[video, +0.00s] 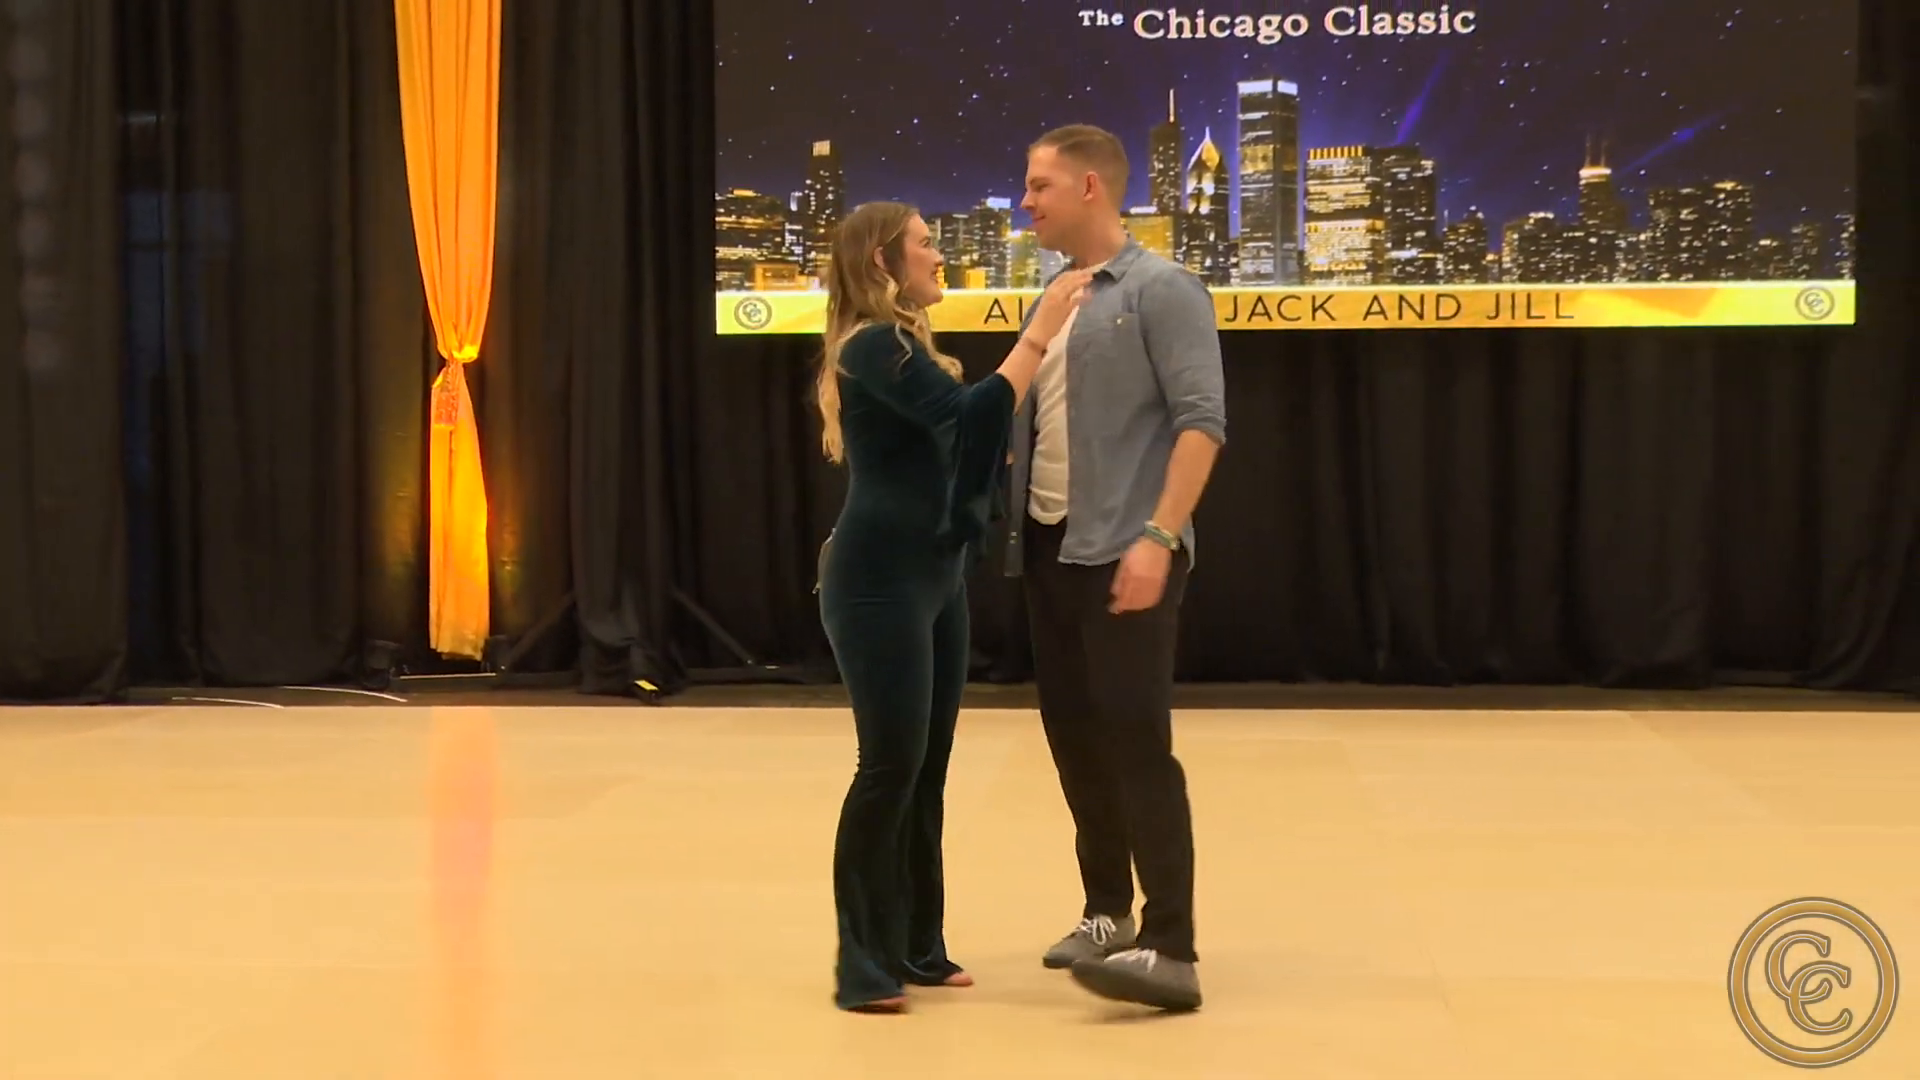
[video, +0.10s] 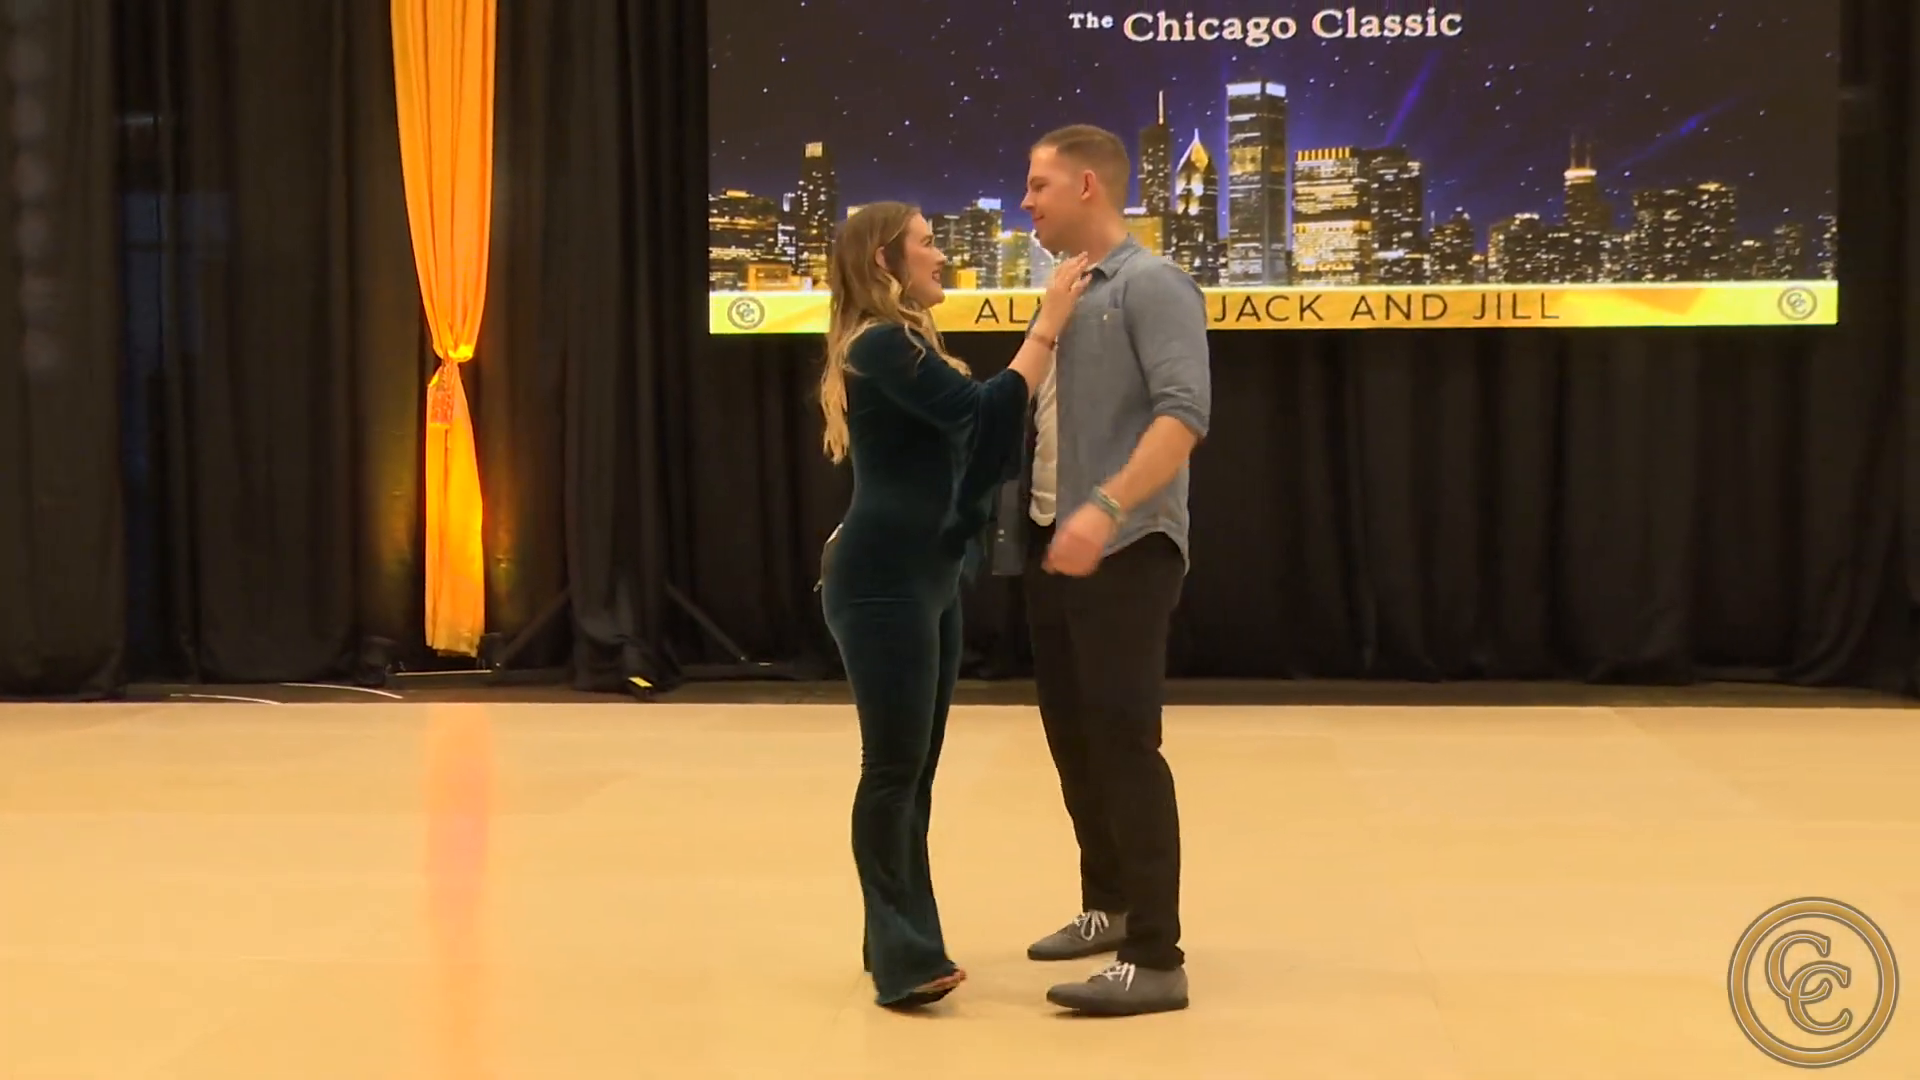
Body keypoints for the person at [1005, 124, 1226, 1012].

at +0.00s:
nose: (1026, 201)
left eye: (1039, 185)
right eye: (1026, 187)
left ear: (1095, 189)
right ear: (1071, 193)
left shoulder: (1163, 287)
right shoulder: (1053, 299)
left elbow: (1204, 421)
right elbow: (1021, 423)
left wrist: (1160, 538)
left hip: (1127, 553)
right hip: (1048, 551)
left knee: (1137, 747)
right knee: (1077, 743)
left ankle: (1171, 954)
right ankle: (1112, 917)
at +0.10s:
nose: (1025, 202)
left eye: (1038, 185)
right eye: (1027, 187)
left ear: (1091, 189)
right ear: (1071, 190)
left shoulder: (1154, 282)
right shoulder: (1058, 293)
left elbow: (1183, 416)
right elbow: (1029, 417)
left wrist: (1107, 509)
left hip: (1125, 549)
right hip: (1054, 547)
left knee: (1123, 743)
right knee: (1074, 739)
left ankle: (1157, 963)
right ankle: (1113, 912)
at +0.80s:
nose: (1013, 192)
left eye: (1023, 175)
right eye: (1016, 176)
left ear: (1070, 182)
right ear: (1072, 182)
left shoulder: (1110, 276)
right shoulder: (1063, 280)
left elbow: (1100, 416)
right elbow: (1023, 403)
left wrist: (1018, 347)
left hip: (1088, 532)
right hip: (1042, 532)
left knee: (1077, 719)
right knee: (1034, 713)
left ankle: (1107, 930)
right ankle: (1057, 888)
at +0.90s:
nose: (1010, 192)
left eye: (1022, 177)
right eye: (1013, 177)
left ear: (1071, 185)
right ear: (1069, 186)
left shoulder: (1109, 279)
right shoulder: (1061, 284)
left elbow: (1102, 419)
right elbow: (1027, 408)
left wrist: (1018, 350)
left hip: (1087, 534)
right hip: (1046, 534)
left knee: (1079, 718)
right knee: (1044, 712)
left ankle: (1103, 925)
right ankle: (1056, 888)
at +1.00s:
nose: (1011, 197)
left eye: (1022, 182)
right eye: (1014, 182)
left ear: (1071, 189)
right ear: (1070, 190)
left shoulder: (1107, 285)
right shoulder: (1064, 287)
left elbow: (1099, 424)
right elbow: (1033, 411)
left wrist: (1018, 354)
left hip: (1085, 538)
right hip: (1050, 536)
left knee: (1082, 724)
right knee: (1055, 717)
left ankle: (1100, 921)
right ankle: (1057, 884)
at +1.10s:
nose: (1013, 201)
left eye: (1024, 186)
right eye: (1016, 186)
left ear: (1071, 193)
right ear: (1072, 194)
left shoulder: (1107, 289)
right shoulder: (1068, 289)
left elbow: (1098, 426)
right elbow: (1036, 413)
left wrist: (1017, 358)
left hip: (1085, 540)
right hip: (1053, 538)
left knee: (1083, 725)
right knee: (1062, 718)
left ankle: (1099, 918)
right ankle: (1059, 881)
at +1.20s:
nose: (1013, 205)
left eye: (1024, 189)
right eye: (1015, 190)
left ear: (1071, 196)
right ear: (1070, 197)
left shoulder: (1105, 290)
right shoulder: (1070, 290)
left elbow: (1098, 426)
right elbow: (1045, 412)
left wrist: (1018, 361)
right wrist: (1021, 358)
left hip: (1087, 538)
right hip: (1055, 536)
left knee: (1080, 721)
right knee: (1056, 713)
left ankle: (1097, 915)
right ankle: (1060, 878)